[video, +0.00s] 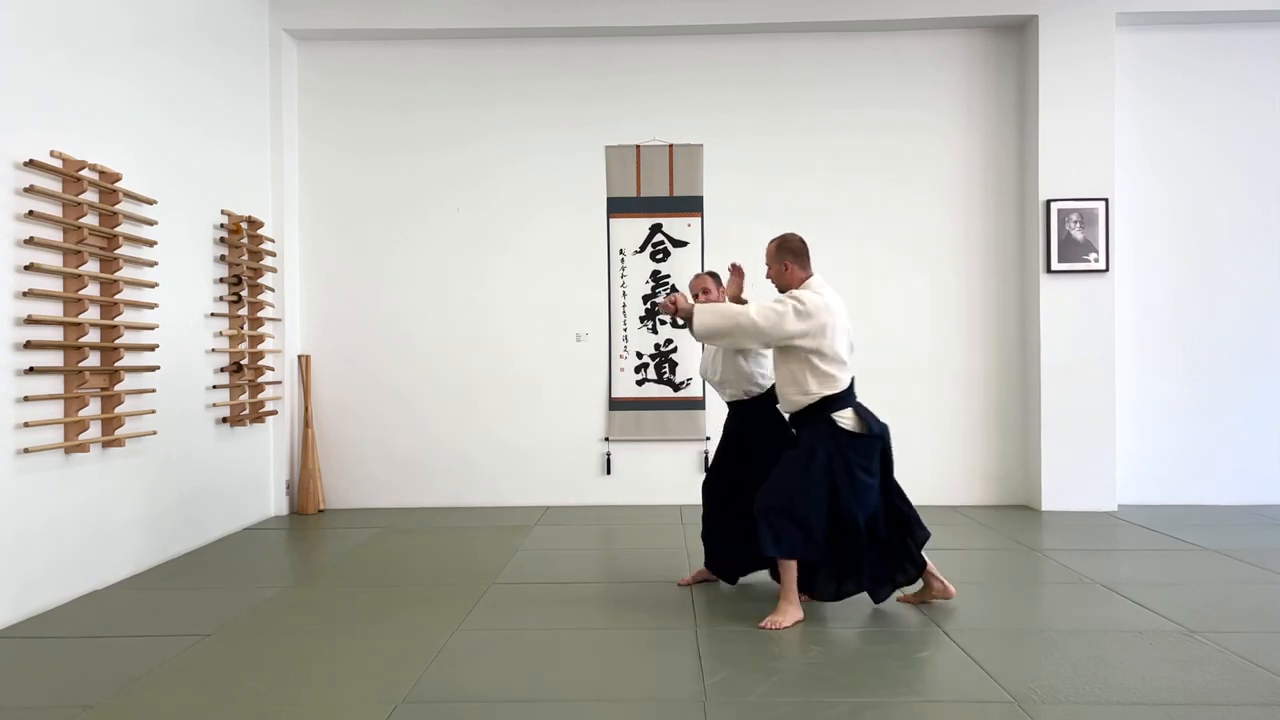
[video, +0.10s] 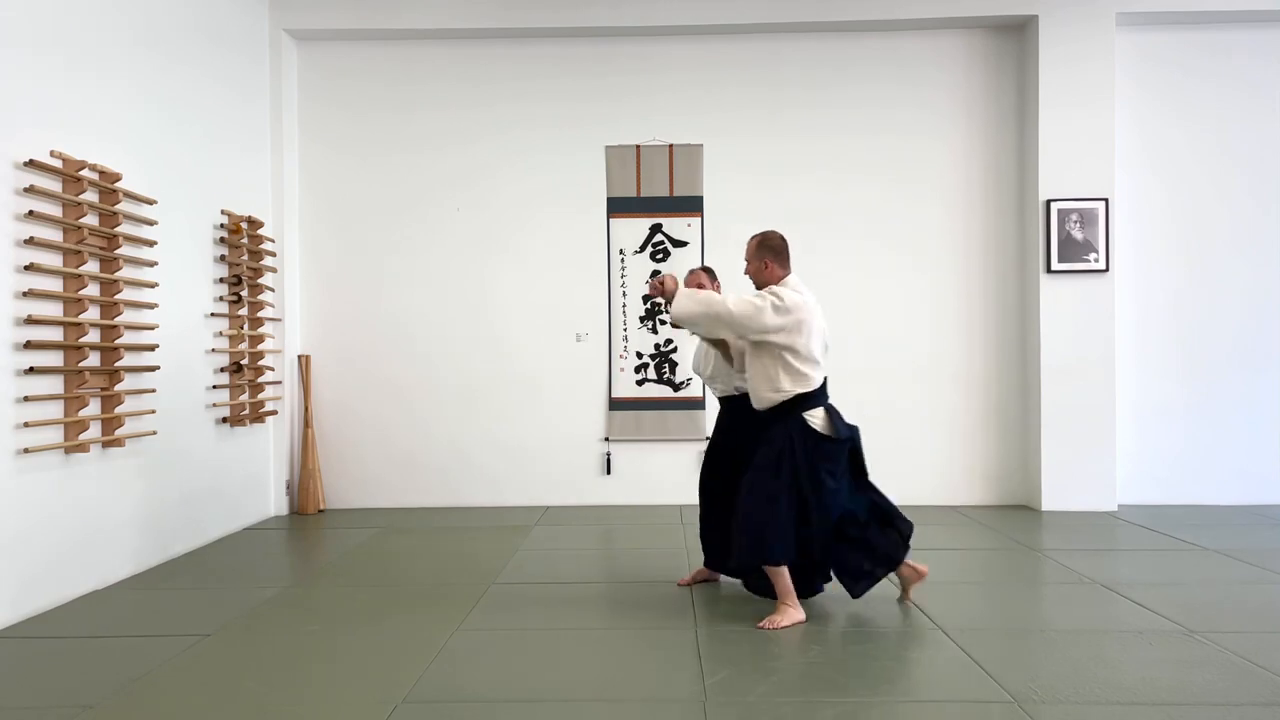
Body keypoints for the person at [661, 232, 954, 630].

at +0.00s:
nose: (768, 275)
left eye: (770, 268)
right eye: (768, 268)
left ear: (788, 268)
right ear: (801, 266)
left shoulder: (804, 307)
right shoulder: (822, 298)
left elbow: (749, 321)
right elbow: (763, 327)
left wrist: (690, 311)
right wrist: (735, 305)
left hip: (827, 430)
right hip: (847, 422)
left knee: (777, 504)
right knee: (875, 505)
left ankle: (790, 603)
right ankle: (933, 582)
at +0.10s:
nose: (746, 270)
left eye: (749, 263)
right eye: (747, 263)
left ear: (767, 265)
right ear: (780, 265)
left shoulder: (781, 305)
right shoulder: (798, 300)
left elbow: (724, 309)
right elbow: (748, 351)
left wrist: (676, 295)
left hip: (793, 422)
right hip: (812, 416)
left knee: (759, 508)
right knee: (834, 503)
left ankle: (789, 605)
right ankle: (903, 567)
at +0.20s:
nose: (725, 272)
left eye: (729, 264)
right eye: (726, 265)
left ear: (748, 263)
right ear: (755, 263)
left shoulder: (764, 297)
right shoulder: (750, 302)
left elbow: (703, 296)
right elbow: (711, 352)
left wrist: (668, 272)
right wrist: (673, 324)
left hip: (776, 421)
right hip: (764, 419)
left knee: (749, 513)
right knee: (763, 505)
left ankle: (789, 606)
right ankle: (825, 558)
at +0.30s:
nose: (704, 269)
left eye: (709, 262)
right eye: (704, 263)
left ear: (729, 264)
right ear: (728, 266)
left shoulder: (748, 296)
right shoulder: (710, 310)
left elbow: (680, 268)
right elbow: (667, 322)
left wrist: (661, 250)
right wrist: (649, 275)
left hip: (751, 421)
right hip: (718, 421)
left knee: (739, 517)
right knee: (675, 500)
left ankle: (789, 606)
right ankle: (706, 574)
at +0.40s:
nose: (681, 270)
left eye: (688, 262)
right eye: (679, 264)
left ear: (707, 264)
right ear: (683, 271)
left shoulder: (730, 304)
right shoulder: (677, 305)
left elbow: (705, 246)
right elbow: (633, 288)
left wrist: (677, 228)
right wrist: (649, 248)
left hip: (717, 419)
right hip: (675, 419)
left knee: (732, 516)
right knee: (628, 494)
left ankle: (787, 605)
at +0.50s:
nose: (673, 280)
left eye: (683, 275)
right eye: (669, 271)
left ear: (700, 279)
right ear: (660, 269)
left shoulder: (702, 315)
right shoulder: (643, 305)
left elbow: (730, 269)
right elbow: (628, 263)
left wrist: (709, 232)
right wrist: (663, 230)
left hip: (680, 427)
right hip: (632, 424)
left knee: (719, 506)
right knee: (585, 501)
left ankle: (766, 595)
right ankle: (561, 571)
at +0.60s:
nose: (671, 287)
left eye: (677, 283)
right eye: (666, 279)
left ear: (681, 290)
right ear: (645, 278)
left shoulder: (675, 324)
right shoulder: (610, 312)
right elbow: (653, 293)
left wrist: (717, 287)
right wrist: (688, 267)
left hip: (654, 439)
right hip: (604, 434)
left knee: (697, 507)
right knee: (571, 505)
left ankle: (736, 590)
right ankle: (550, 575)